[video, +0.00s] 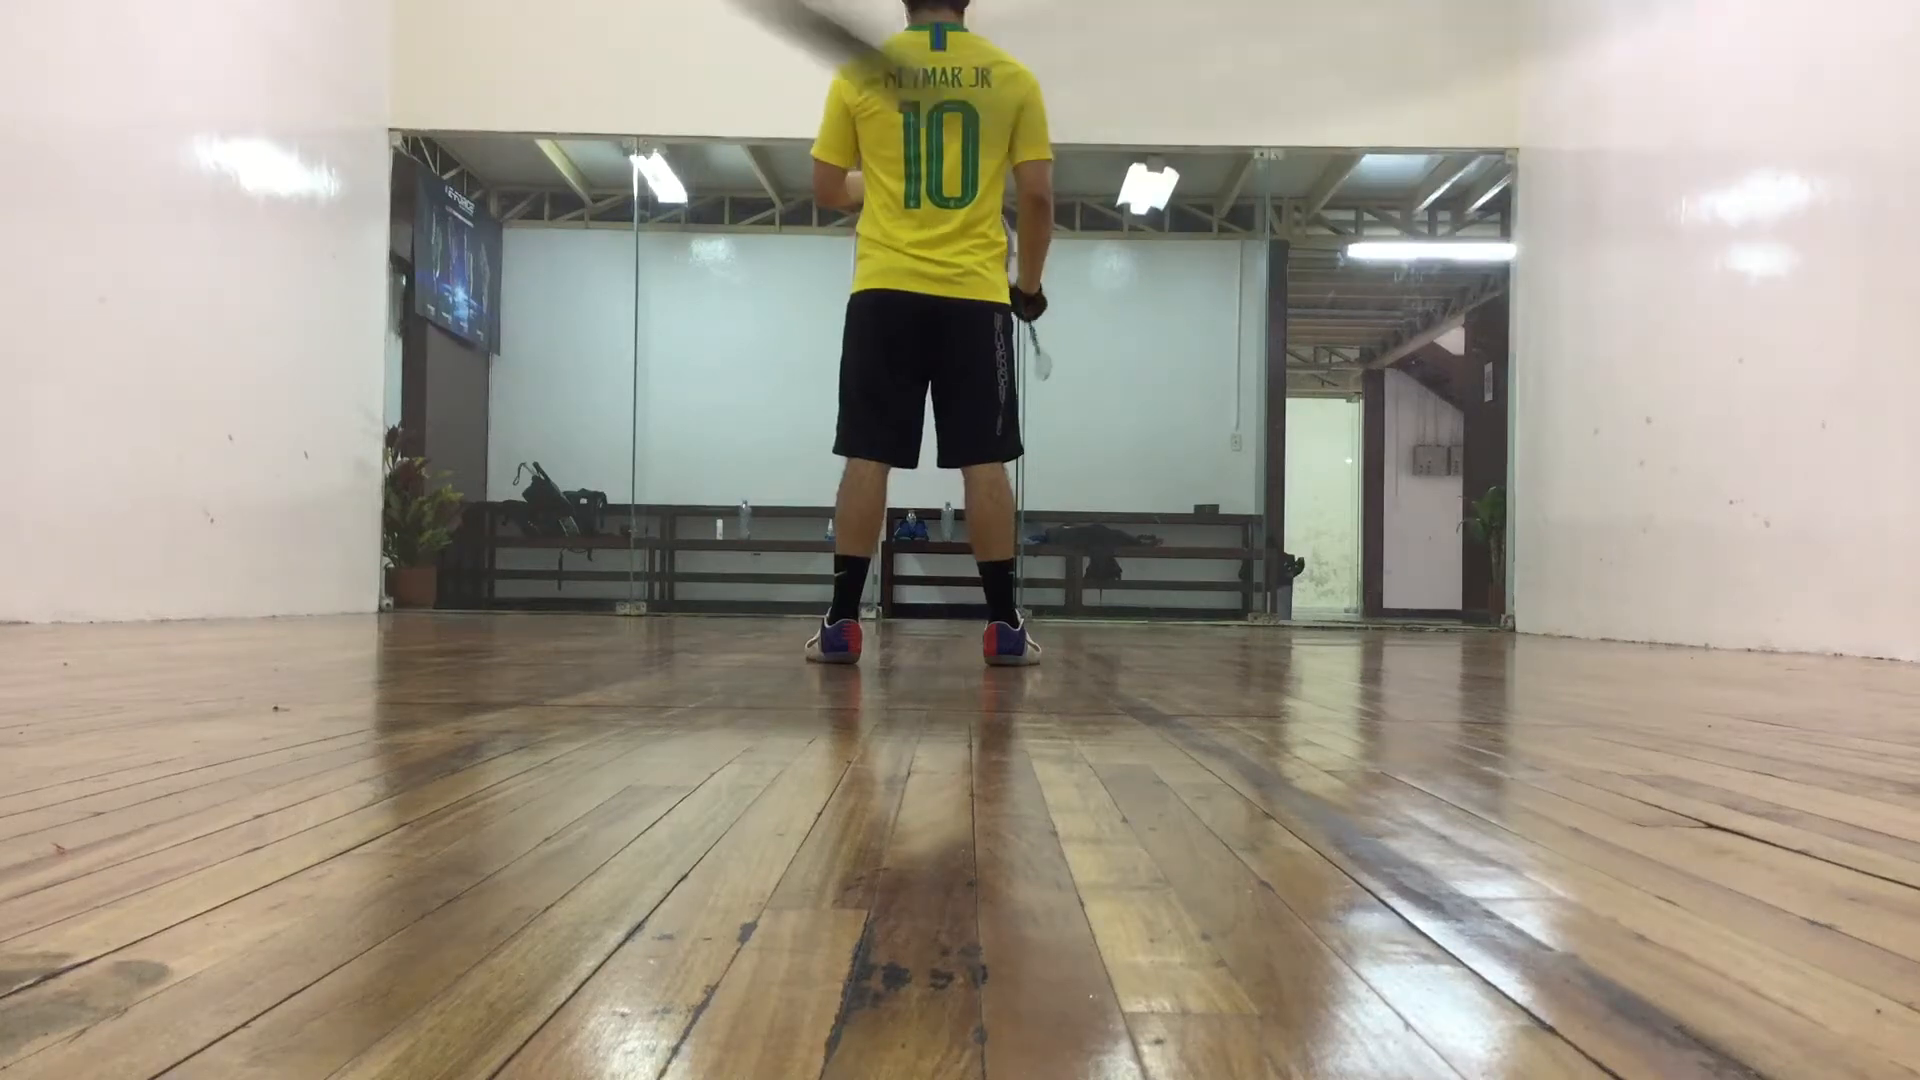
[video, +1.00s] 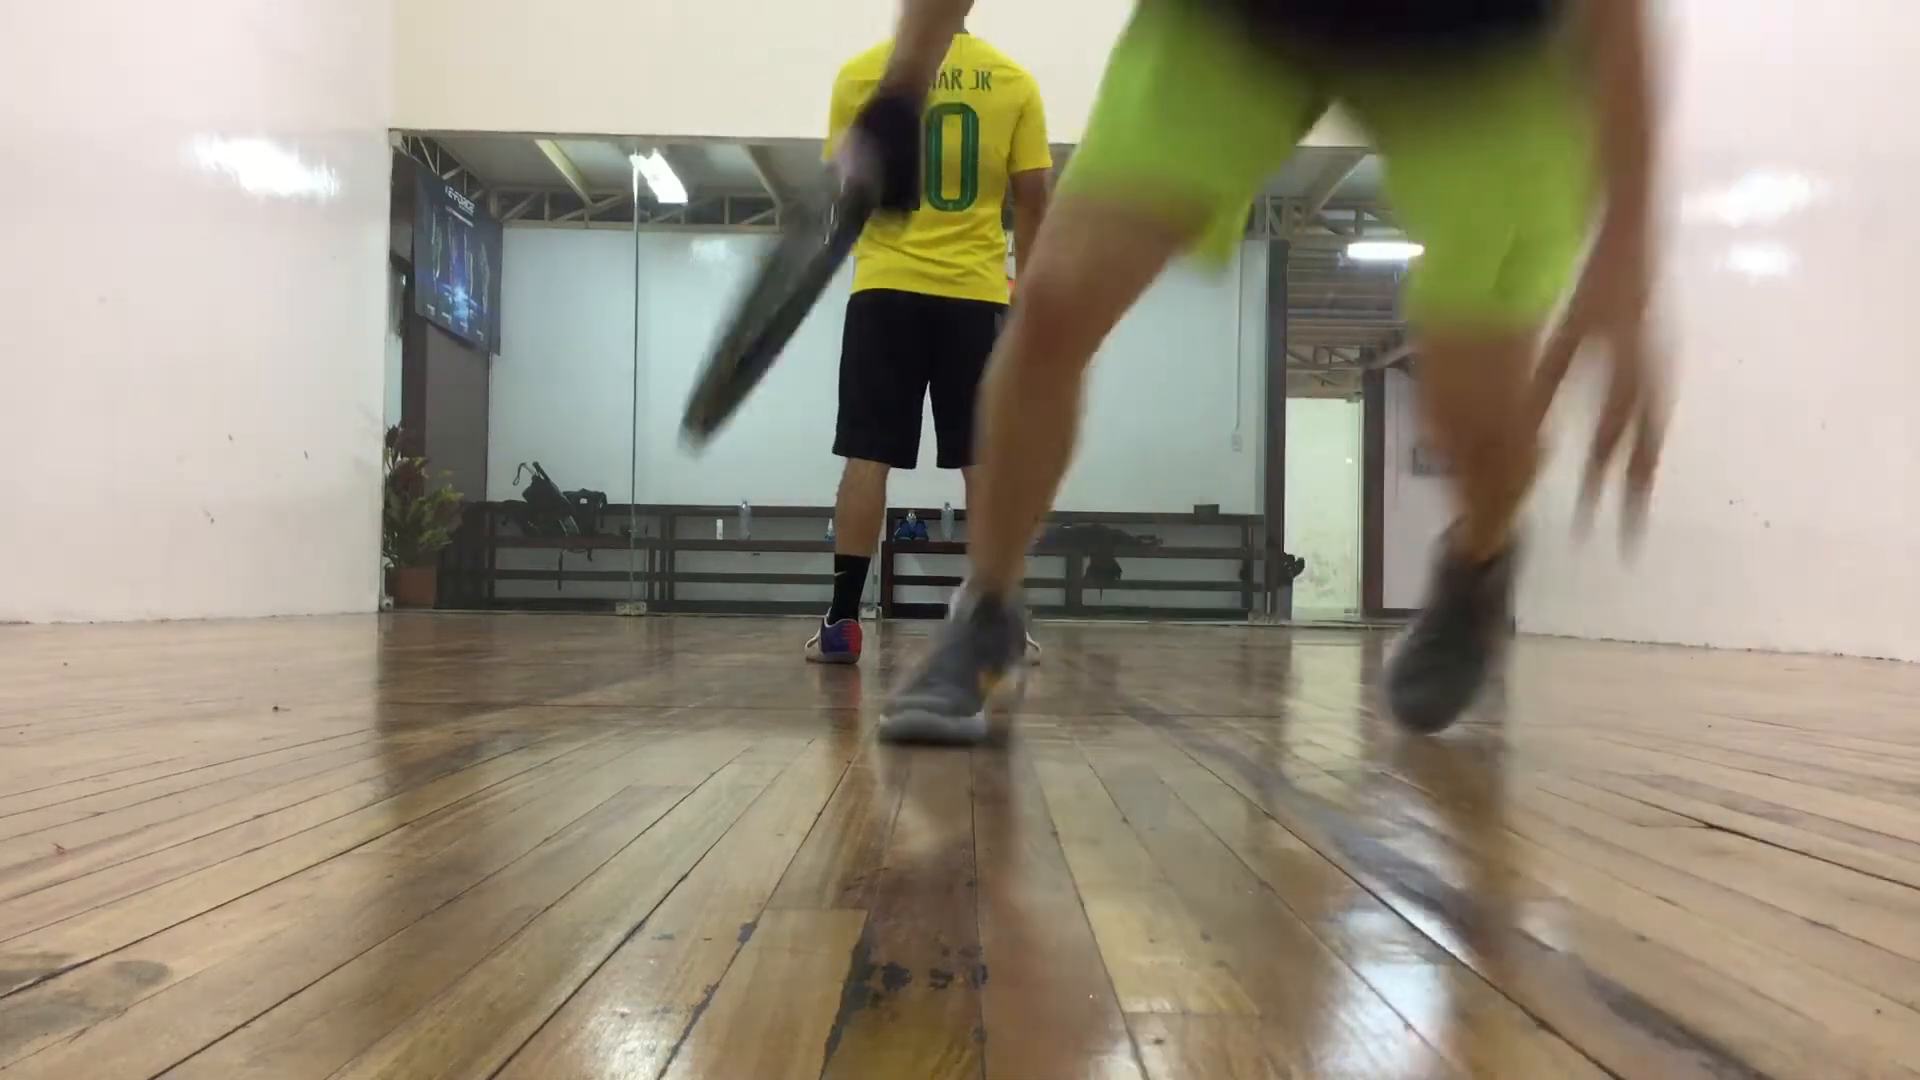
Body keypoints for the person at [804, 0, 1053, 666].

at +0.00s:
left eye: (912, 6)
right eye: (957, 4)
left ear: (904, 3)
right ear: (967, 3)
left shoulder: (860, 71)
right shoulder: (1012, 77)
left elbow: (829, 191)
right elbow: (1037, 194)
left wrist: (874, 182)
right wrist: (1029, 282)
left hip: (884, 298)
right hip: (974, 304)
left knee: (866, 458)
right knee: (985, 463)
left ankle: (842, 621)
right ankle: (1005, 624)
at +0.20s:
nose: (950, 16)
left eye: (915, 9)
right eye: (963, 7)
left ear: (905, 5)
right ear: (969, 6)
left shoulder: (858, 72)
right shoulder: (1012, 77)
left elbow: (826, 186)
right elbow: (1037, 190)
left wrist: (860, 214)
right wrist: (1030, 291)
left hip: (883, 299)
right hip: (973, 305)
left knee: (866, 458)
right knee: (985, 463)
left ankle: (842, 621)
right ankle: (1005, 624)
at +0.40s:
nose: (956, 17)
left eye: (914, 11)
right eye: (967, 9)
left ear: (906, 6)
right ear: (970, 8)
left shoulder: (857, 72)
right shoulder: (1011, 79)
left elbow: (826, 184)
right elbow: (1037, 191)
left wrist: (868, 225)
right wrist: (1033, 298)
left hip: (882, 298)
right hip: (972, 304)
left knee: (865, 458)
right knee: (985, 463)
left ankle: (842, 621)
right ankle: (1005, 624)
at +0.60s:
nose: (960, 13)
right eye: (968, 7)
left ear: (906, 6)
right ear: (969, 7)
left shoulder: (859, 69)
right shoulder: (1011, 79)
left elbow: (828, 187)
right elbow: (1037, 196)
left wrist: (871, 226)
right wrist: (1032, 295)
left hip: (882, 298)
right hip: (972, 305)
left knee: (865, 458)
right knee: (985, 463)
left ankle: (842, 621)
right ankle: (1005, 624)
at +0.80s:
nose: (1005, 12)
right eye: (1002, 8)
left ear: (916, 5)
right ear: (990, 9)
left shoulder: (864, 71)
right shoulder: (1012, 82)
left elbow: (828, 192)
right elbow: (1035, 205)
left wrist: (874, 205)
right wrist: (1028, 294)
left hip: (882, 300)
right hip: (974, 307)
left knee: (865, 460)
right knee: (986, 466)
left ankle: (843, 622)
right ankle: (1006, 625)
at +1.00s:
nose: (939, 10)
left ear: (906, 9)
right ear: (968, 9)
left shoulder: (861, 74)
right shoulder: (1011, 81)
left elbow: (845, 185)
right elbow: (1033, 202)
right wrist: (1029, 296)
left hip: (883, 300)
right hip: (976, 305)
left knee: (866, 460)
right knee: (986, 465)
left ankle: (842, 621)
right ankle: (998, 629)